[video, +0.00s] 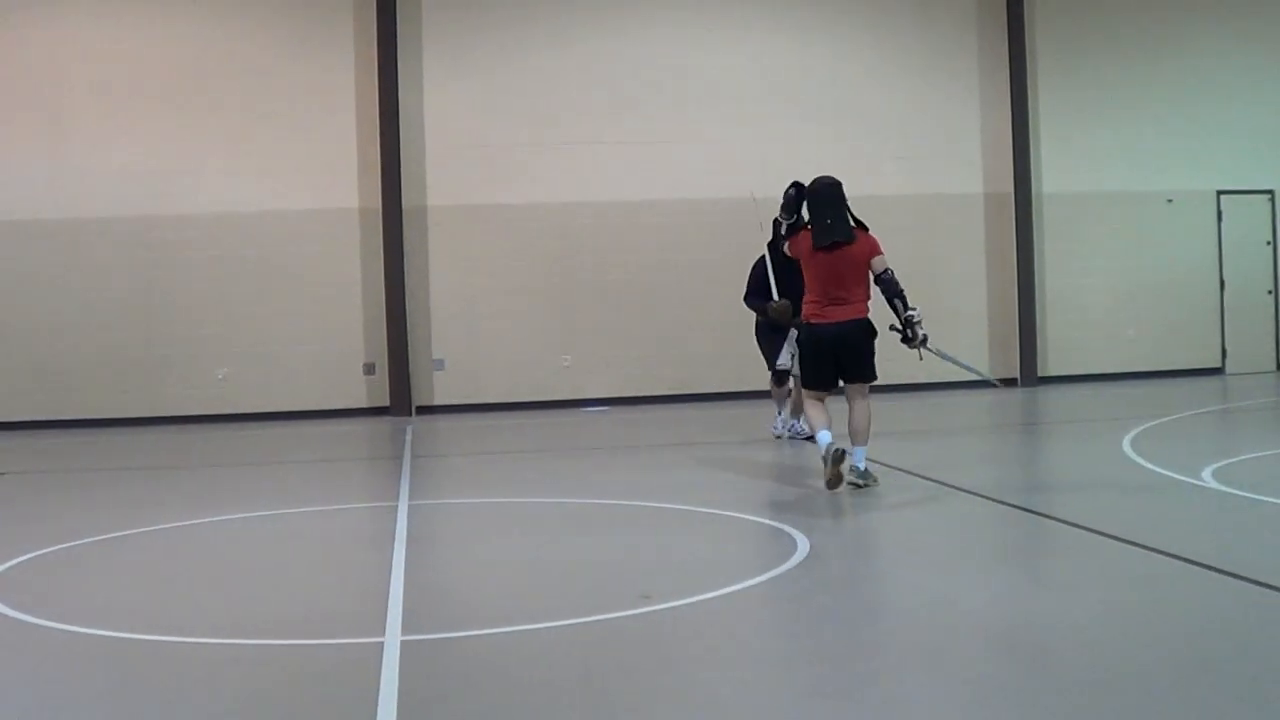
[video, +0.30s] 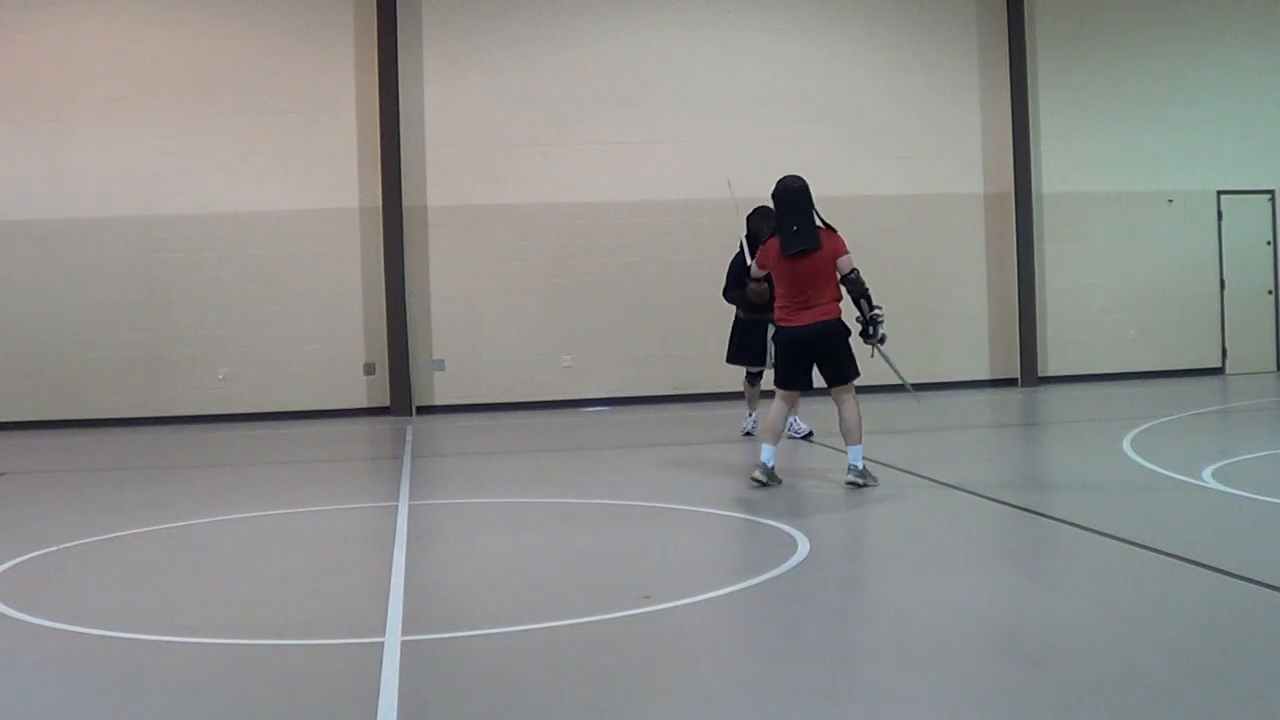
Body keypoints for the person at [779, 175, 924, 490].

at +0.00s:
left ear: (812, 207)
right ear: (843, 203)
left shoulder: (804, 241)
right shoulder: (863, 240)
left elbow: (783, 247)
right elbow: (888, 282)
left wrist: (786, 216)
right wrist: (909, 318)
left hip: (816, 333)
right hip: (856, 330)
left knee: (814, 396)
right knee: (858, 395)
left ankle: (828, 447)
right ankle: (859, 467)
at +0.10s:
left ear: (804, 207)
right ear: (834, 202)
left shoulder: (796, 240)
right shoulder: (856, 235)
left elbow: (773, 232)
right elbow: (878, 278)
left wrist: (784, 201)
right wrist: (896, 314)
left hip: (810, 330)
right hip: (851, 327)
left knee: (804, 392)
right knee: (856, 394)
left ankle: (802, 451)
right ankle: (858, 465)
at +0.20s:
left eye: (790, 201)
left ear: (790, 204)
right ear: (822, 199)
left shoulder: (784, 242)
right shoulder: (844, 235)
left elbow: (765, 252)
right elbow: (867, 278)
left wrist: (780, 225)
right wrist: (884, 312)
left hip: (801, 330)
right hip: (842, 328)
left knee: (794, 394)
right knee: (851, 394)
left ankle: (775, 461)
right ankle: (857, 466)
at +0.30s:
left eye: (778, 203)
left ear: (777, 206)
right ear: (809, 202)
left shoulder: (772, 247)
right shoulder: (829, 239)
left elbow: (755, 276)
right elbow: (852, 281)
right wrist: (870, 315)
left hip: (789, 335)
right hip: (829, 332)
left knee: (783, 399)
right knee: (844, 396)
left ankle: (765, 465)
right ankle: (856, 466)